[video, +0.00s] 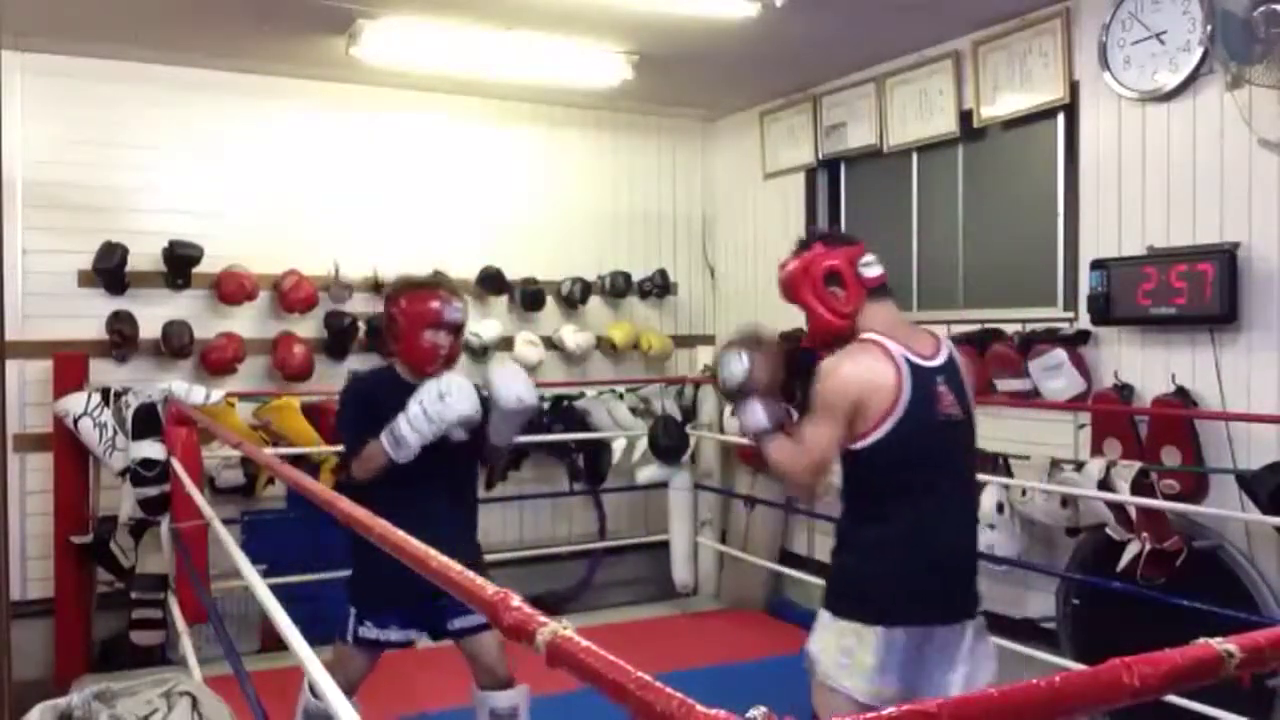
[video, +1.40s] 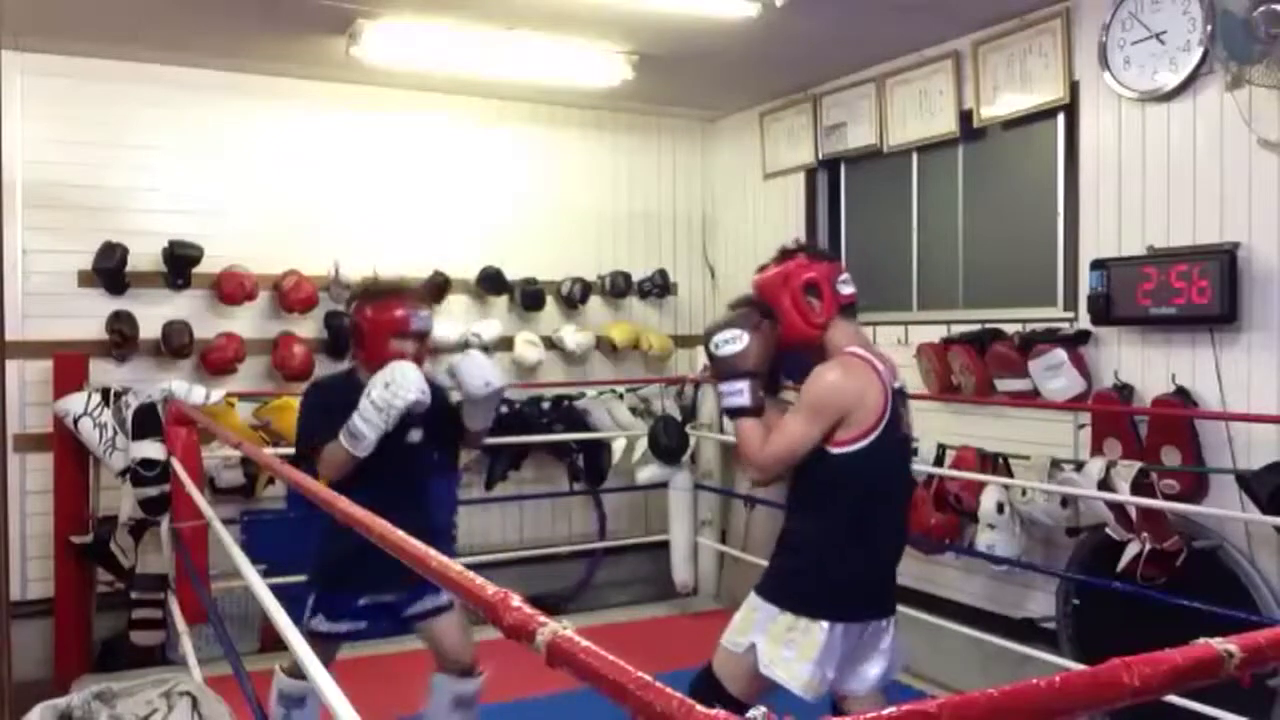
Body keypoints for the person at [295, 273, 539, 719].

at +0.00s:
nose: (443, 342)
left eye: (452, 332)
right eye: (432, 330)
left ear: (461, 339)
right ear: (399, 329)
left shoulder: (460, 394)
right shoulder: (366, 390)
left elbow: (488, 469)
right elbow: (357, 470)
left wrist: (507, 419)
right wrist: (413, 426)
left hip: (455, 560)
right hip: (384, 562)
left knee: (495, 671)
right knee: (346, 674)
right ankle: (311, 714)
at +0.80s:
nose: (446, 339)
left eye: (453, 329)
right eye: (434, 327)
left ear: (460, 334)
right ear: (401, 330)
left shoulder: (468, 384)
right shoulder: (362, 388)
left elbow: (507, 427)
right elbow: (350, 467)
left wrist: (533, 407)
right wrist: (396, 414)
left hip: (456, 561)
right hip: (384, 563)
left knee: (499, 662)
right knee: (350, 663)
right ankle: (311, 711)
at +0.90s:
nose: (461, 339)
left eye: (469, 327)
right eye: (449, 327)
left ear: (476, 328)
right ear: (414, 327)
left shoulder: (490, 376)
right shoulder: (375, 380)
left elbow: (556, 373)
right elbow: (364, 455)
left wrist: (596, 358)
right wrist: (395, 396)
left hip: (461, 551)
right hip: (387, 550)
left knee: (495, 662)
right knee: (340, 662)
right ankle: (308, 715)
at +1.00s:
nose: (464, 341)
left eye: (472, 329)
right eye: (452, 328)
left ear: (480, 331)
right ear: (416, 327)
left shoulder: (486, 379)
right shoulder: (378, 385)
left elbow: (545, 379)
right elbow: (359, 462)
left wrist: (590, 358)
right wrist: (390, 403)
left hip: (463, 553)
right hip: (389, 552)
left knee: (501, 669)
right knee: (335, 666)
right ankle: (306, 708)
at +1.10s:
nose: (457, 360)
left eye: (466, 348)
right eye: (446, 346)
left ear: (476, 352)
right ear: (413, 344)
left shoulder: (481, 402)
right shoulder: (372, 401)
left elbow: (526, 443)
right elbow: (344, 477)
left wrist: (544, 409)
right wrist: (375, 423)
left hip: (466, 563)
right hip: (392, 565)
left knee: (516, 670)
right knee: (338, 668)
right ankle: (304, 710)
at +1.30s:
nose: (427, 340)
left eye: (434, 329)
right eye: (416, 328)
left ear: (442, 330)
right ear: (382, 325)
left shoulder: (444, 383)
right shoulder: (342, 380)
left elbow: (486, 432)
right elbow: (329, 456)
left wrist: (496, 402)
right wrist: (377, 406)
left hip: (434, 550)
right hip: (360, 551)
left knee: (481, 649)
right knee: (321, 653)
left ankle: (498, 713)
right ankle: (294, 712)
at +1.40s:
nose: (412, 349)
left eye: (420, 338)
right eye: (401, 337)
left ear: (428, 342)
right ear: (367, 338)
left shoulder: (428, 394)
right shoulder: (328, 394)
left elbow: (463, 442)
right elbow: (320, 476)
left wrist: (480, 402)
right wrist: (370, 417)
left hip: (417, 557)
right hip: (345, 559)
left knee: (461, 662)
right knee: (303, 674)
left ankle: (441, 716)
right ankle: (285, 714)